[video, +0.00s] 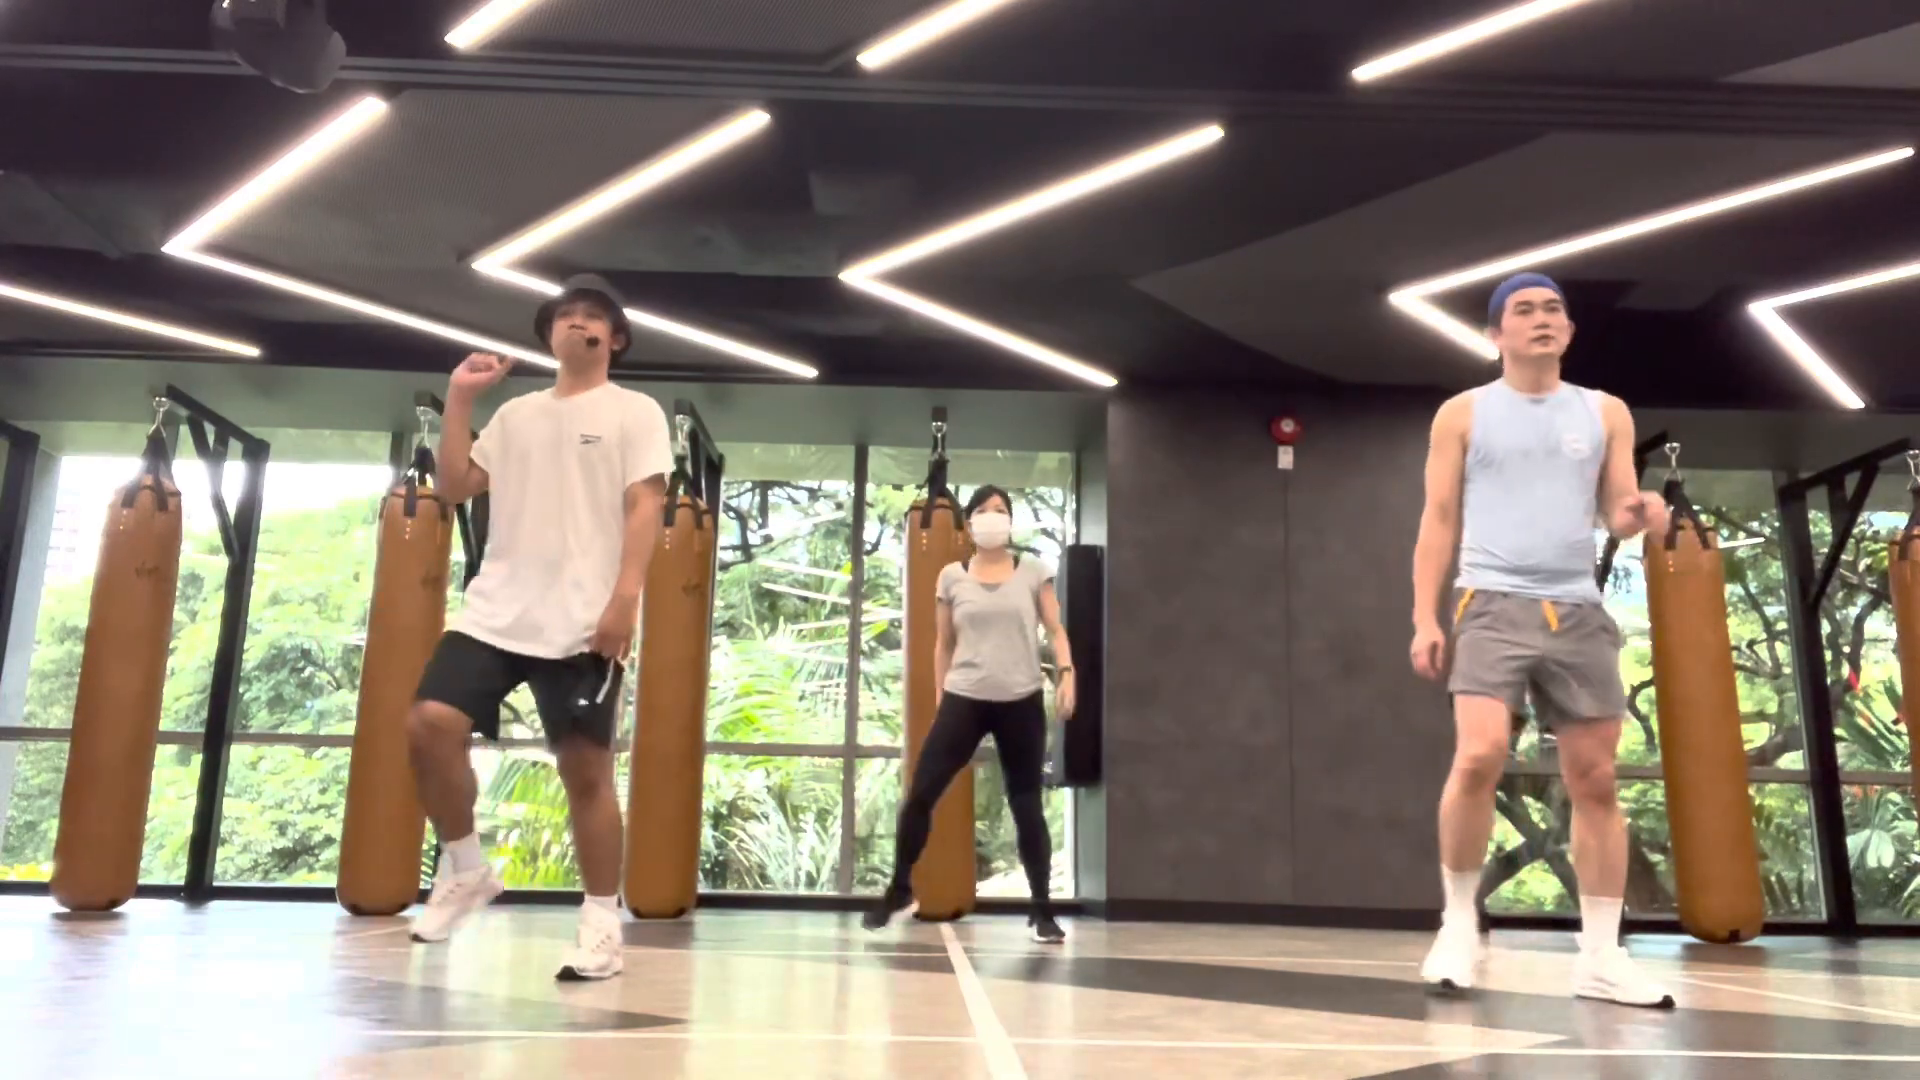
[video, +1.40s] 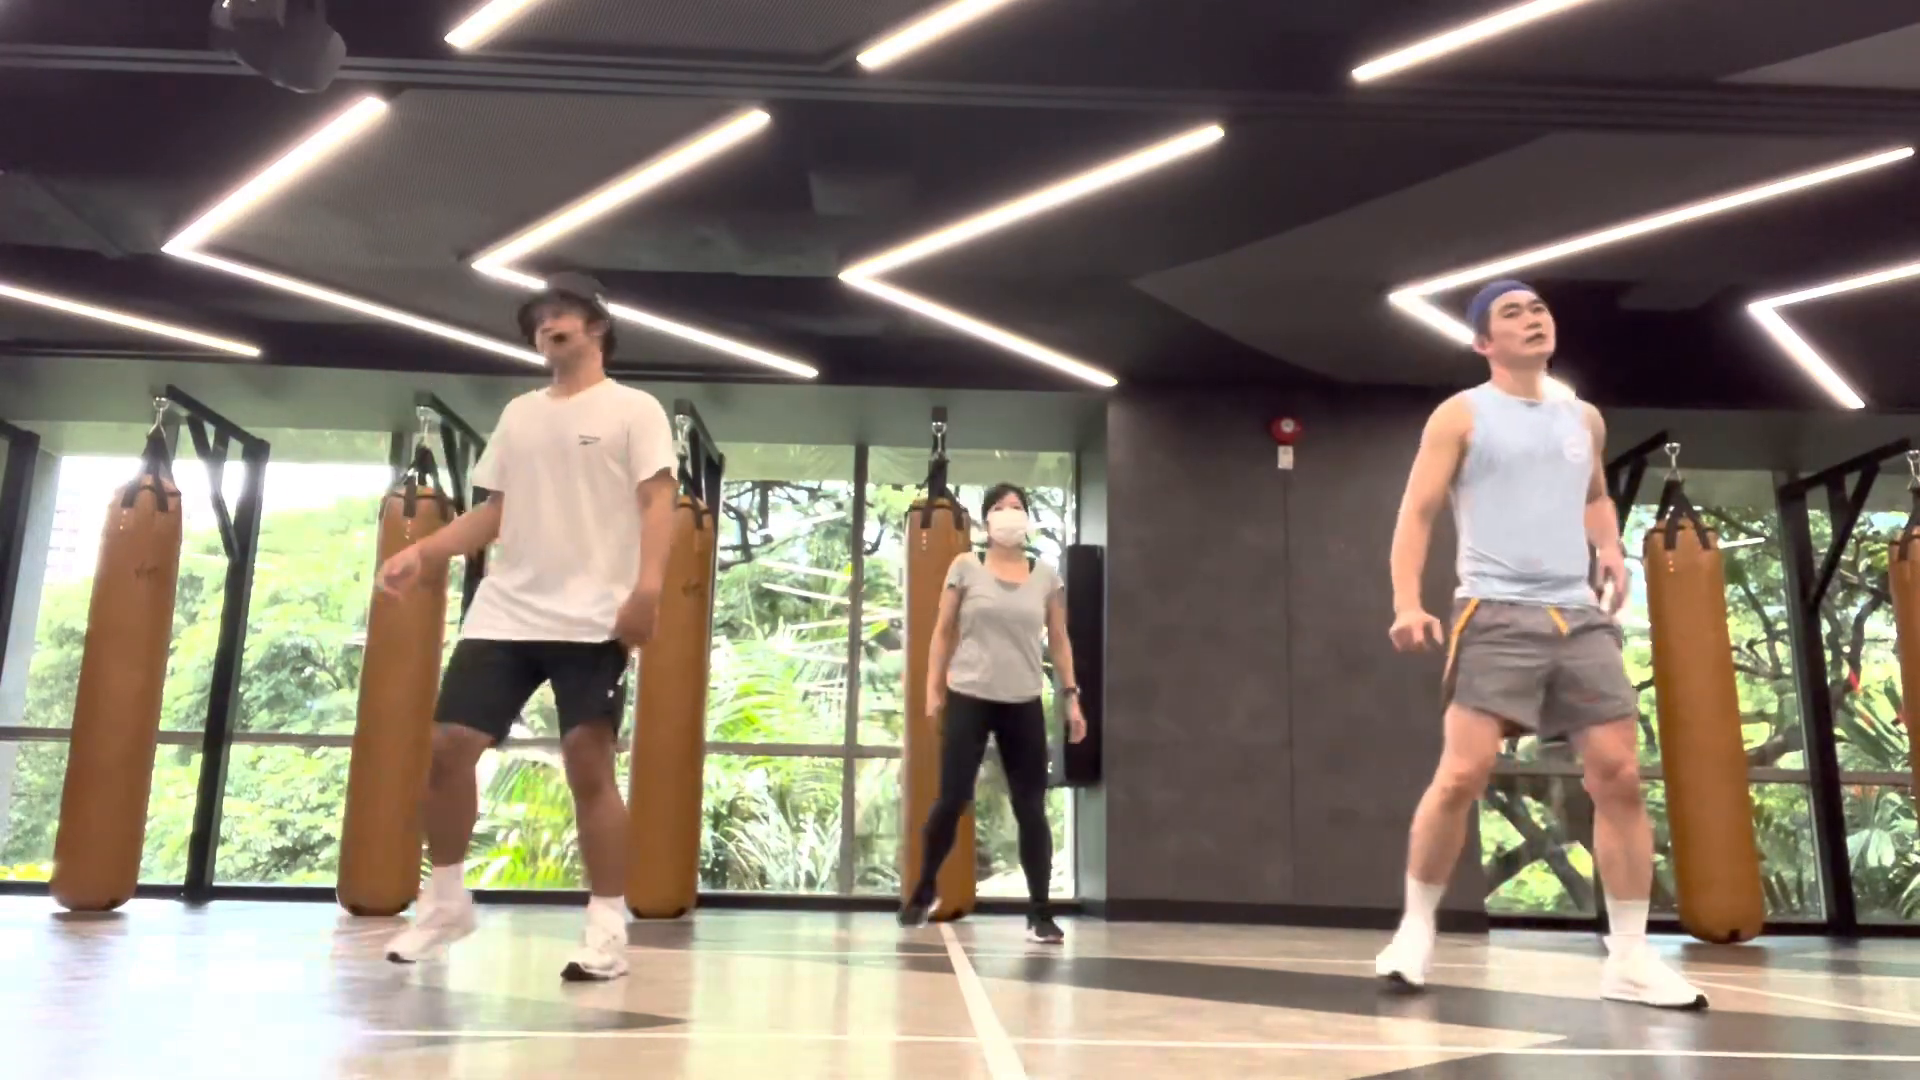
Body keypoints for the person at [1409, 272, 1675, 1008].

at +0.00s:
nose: (1541, 318)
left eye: (1552, 308)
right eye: (1524, 309)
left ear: (1570, 330)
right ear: (1497, 333)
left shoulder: (1607, 413)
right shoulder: (1461, 414)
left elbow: (1619, 516)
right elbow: (1439, 519)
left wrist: (1637, 511)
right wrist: (1427, 615)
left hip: (1581, 617)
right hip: (1489, 613)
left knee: (1595, 781)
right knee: (1479, 758)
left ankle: (1601, 958)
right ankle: (1459, 924)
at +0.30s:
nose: (1469, 320)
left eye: (1480, 314)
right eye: (1453, 313)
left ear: (1495, 340)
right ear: (1423, 339)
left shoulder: (1531, 415)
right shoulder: (1386, 424)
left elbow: (1577, 507)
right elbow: (1373, 528)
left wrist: (1552, 552)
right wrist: (1364, 626)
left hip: (1514, 622)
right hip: (1420, 623)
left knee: (1561, 782)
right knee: (1390, 777)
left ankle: (1597, 955)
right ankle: (1366, 944)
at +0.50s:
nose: (1427, 315)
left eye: (1438, 309)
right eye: (1411, 306)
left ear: (1451, 337)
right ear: (1379, 333)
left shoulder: (1486, 415)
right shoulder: (1343, 421)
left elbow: (1492, 513)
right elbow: (1320, 525)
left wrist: (1484, 573)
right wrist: (1305, 620)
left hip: (1464, 612)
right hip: (1377, 613)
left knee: (1521, 772)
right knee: (1366, 774)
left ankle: (1541, 932)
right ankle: (1363, 943)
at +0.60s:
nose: (1418, 317)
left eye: (1429, 310)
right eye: (1402, 309)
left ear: (1442, 336)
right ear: (1370, 334)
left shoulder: (1473, 415)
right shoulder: (1335, 421)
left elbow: (1482, 511)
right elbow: (1306, 525)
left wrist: (1478, 569)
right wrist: (1284, 620)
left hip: (1454, 613)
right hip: (1368, 613)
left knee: (1479, 771)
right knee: (1362, 774)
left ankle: (1467, 921)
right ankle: (1363, 944)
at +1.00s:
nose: (1441, 326)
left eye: (1450, 318)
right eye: (1426, 313)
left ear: (1456, 336)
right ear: (1388, 328)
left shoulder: (1475, 421)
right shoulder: (1347, 412)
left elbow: (1480, 520)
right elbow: (1322, 514)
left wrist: (1501, 585)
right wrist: (1327, 605)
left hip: (1474, 611)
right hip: (1389, 611)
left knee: (1535, 762)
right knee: (1370, 774)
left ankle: (1517, 928)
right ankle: (1363, 946)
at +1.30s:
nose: (1511, 325)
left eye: (1518, 316)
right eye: (1492, 318)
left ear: (1531, 337)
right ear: (1460, 345)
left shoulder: (1556, 422)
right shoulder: (1436, 421)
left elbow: (1554, 508)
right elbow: (1396, 518)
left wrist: (1572, 576)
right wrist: (1384, 608)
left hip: (1555, 623)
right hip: (1470, 623)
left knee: (1608, 777)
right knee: (1420, 780)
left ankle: (1628, 958)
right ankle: (1371, 942)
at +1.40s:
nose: (1533, 319)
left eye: (1539, 309)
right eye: (1513, 313)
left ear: (1554, 329)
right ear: (1485, 342)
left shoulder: (1586, 421)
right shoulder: (1460, 415)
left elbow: (1596, 499)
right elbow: (1416, 513)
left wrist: (1610, 549)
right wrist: (1408, 603)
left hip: (1581, 620)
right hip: (1495, 618)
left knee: (1620, 776)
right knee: (1462, 776)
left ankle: (1630, 958)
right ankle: (1416, 931)